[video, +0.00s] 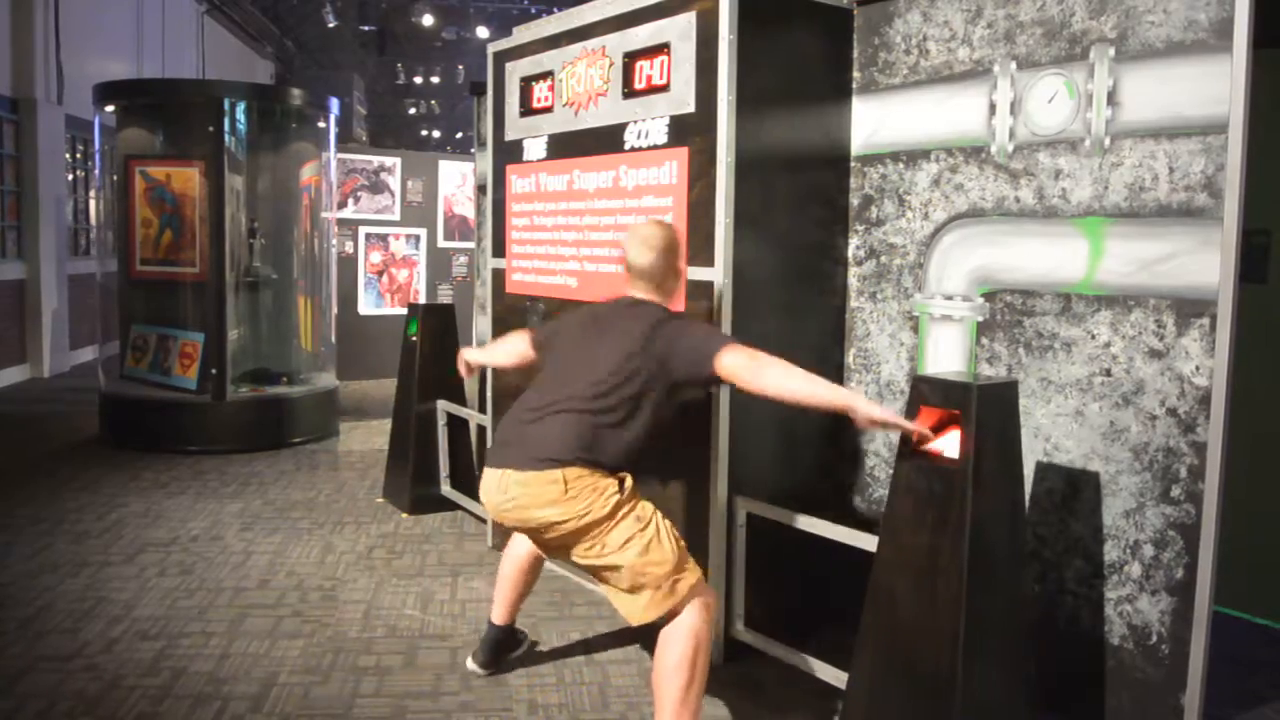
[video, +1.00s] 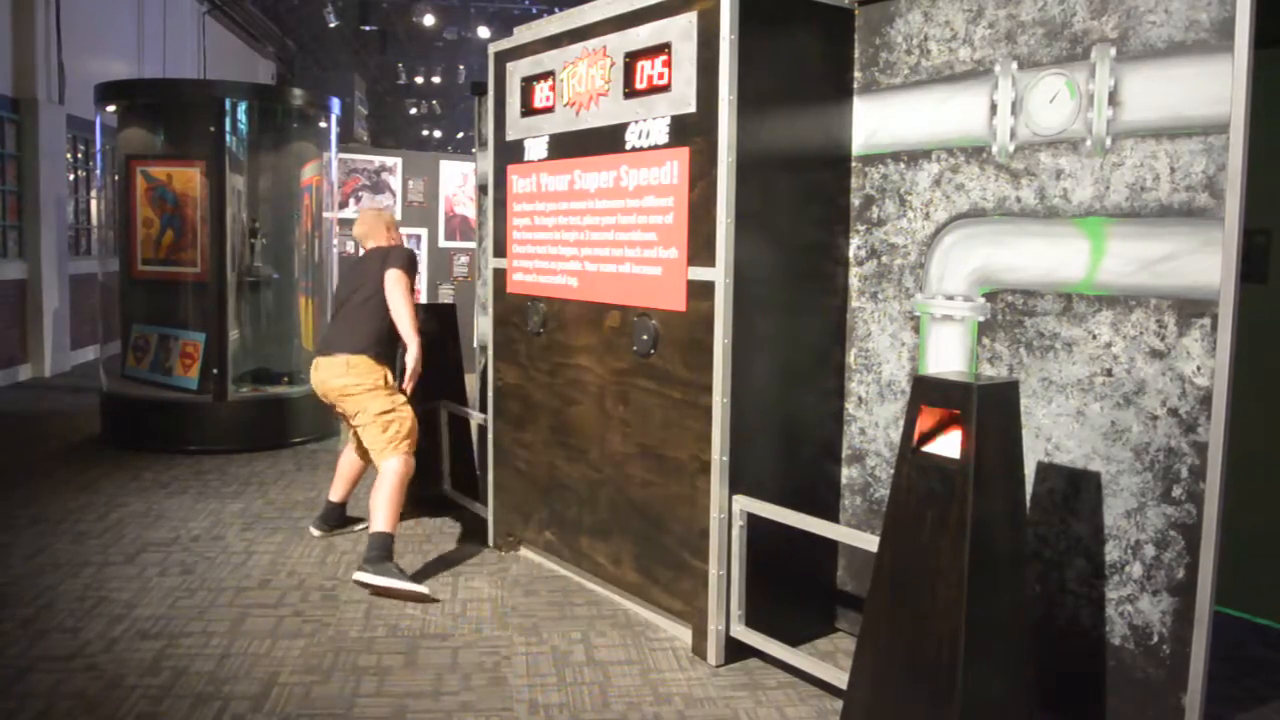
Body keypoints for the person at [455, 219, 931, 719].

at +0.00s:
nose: (681, 267)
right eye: (682, 262)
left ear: (623, 270)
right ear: (680, 272)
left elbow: (515, 348)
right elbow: (752, 369)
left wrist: (475, 356)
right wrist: (854, 403)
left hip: (500, 482)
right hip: (568, 488)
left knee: (537, 527)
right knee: (690, 603)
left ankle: (495, 639)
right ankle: (676, 714)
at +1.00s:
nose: (402, 237)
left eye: (399, 231)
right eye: (399, 231)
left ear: (364, 241)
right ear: (390, 233)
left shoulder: (352, 269)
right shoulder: (396, 253)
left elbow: (343, 316)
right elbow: (394, 286)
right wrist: (413, 343)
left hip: (323, 367)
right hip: (359, 366)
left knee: (364, 436)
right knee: (397, 454)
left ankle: (331, 513)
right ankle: (378, 559)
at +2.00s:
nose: (411, 156)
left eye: (409, 146)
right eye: (403, 148)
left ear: (364, 157)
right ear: (370, 156)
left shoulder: (343, 206)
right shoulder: (376, 205)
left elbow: (318, 266)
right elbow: (389, 275)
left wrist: (322, 299)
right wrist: (481, 293)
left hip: (344, 364)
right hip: (383, 367)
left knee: (364, 474)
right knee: (421, 486)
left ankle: (296, 571)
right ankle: (323, 575)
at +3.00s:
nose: (737, 311)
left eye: (718, 293)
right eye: (743, 306)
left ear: (680, 286)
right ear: (739, 313)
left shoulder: (609, 313)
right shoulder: (719, 363)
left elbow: (516, 340)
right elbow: (808, 432)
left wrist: (431, 366)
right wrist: (902, 459)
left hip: (467, 433)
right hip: (536, 476)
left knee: (457, 507)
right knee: (647, 601)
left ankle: (381, 597)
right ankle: (606, 718)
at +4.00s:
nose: (423, 262)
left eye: (419, 256)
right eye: (422, 257)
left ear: (385, 261)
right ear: (419, 262)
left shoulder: (366, 298)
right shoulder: (411, 303)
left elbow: (350, 348)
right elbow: (410, 366)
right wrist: (447, 422)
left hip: (312, 404)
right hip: (347, 410)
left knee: (362, 440)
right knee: (411, 490)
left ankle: (331, 511)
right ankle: (345, 575)